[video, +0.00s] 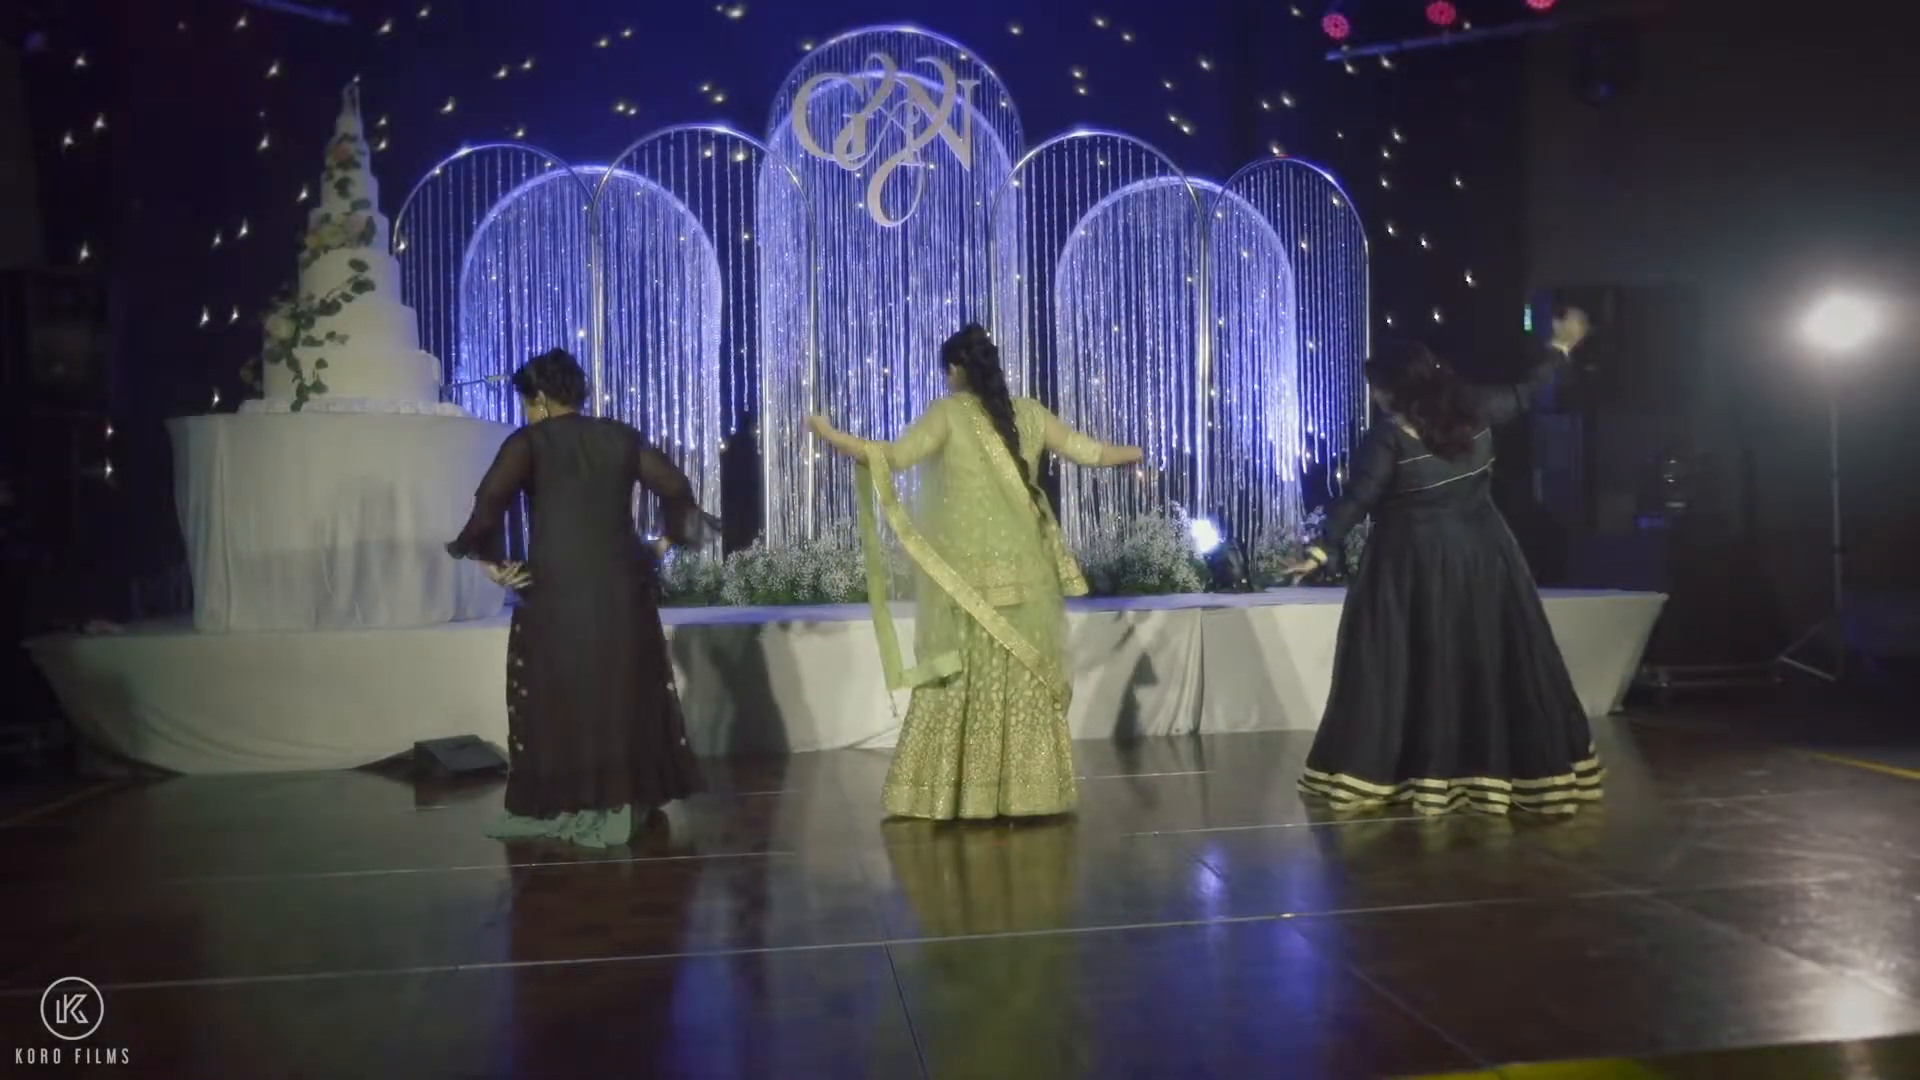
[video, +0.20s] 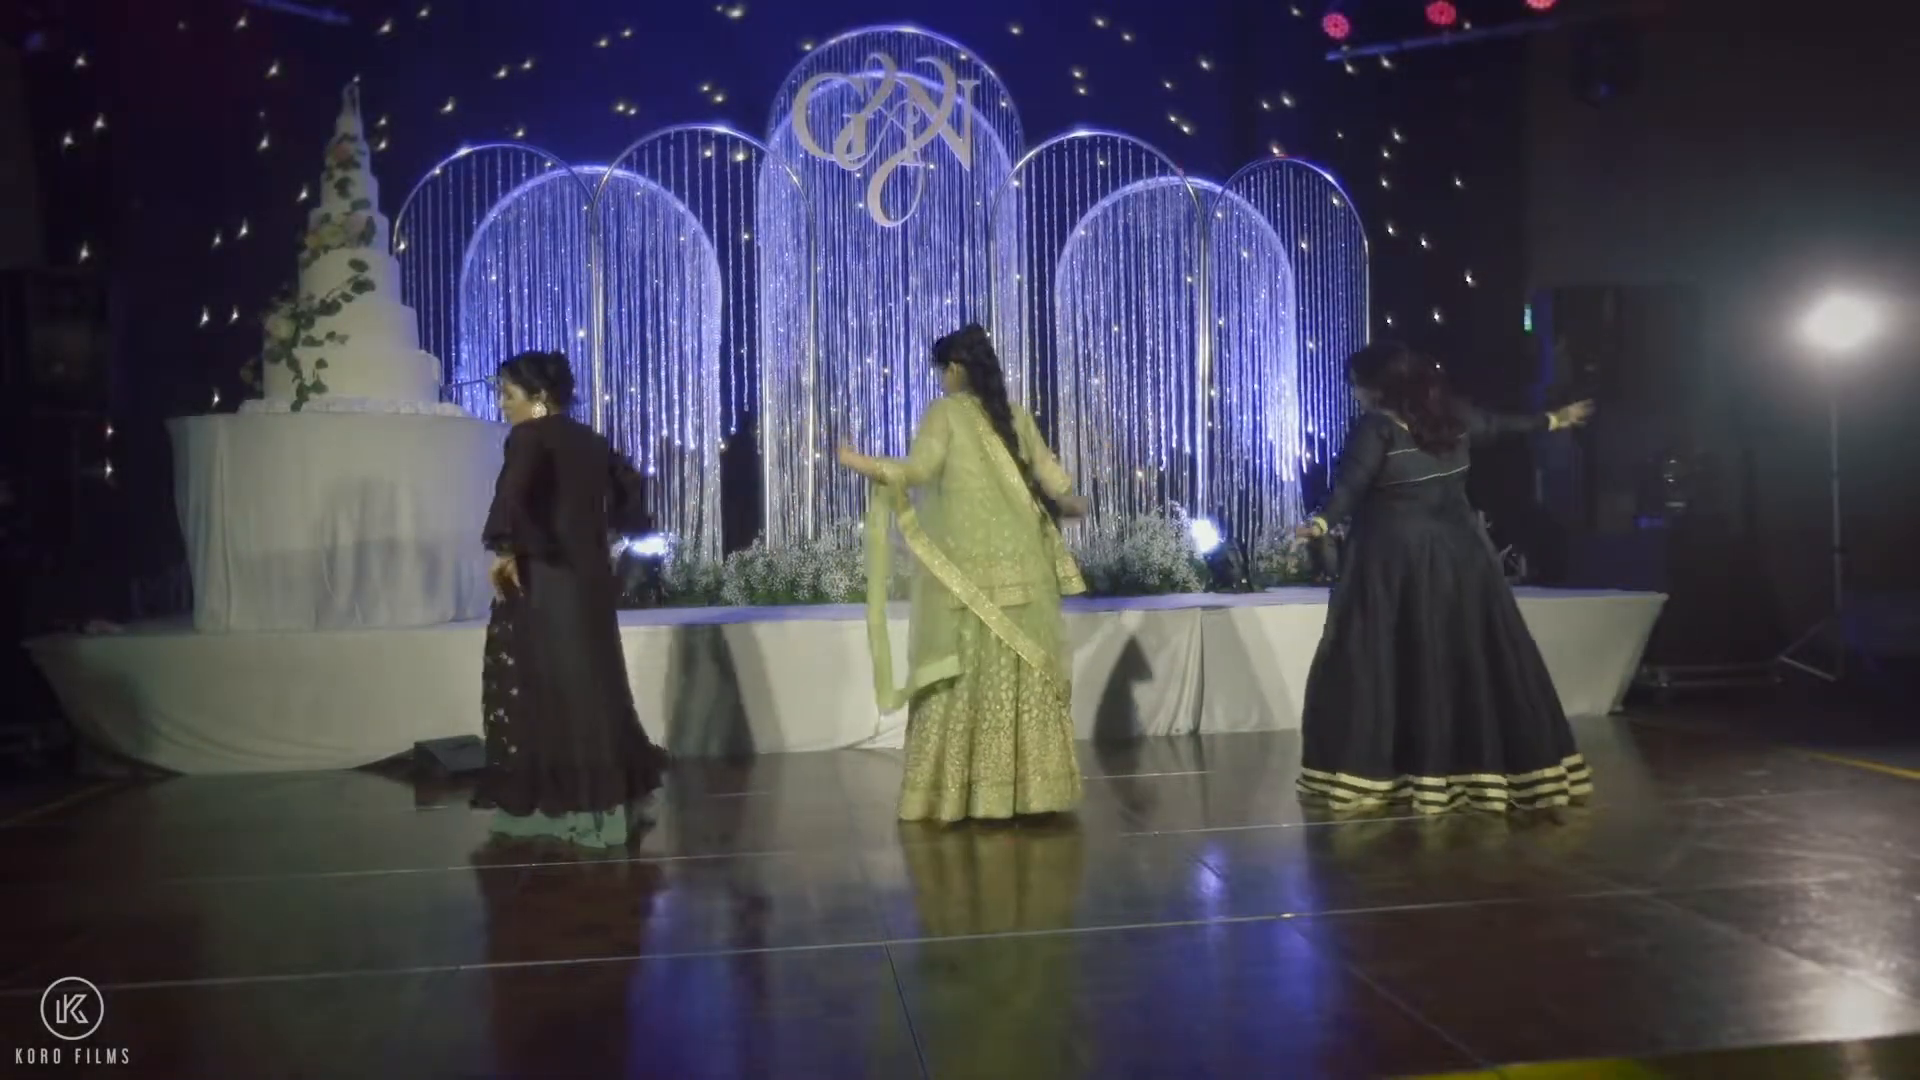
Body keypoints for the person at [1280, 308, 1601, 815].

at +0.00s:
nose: (1371, 396)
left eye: (1374, 388)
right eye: (1371, 387)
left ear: (1392, 388)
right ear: (1430, 377)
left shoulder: (1389, 436)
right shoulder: (1475, 410)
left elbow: (1360, 497)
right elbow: (1529, 391)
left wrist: (1321, 547)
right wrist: (1562, 346)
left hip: (1416, 556)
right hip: (1482, 551)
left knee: (1414, 662)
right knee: (1486, 660)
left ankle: (1419, 781)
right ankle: (1494, 778)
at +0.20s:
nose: (1356, 396)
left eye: (1359, 387)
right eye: (1354, 387)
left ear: (1377, 385)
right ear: (1411, 376)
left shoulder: (1377, 426)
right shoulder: (1451, 416)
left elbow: (1354, 479)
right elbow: (1498, 425)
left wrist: (1321, 519)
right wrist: (1552, 420)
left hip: (1397, 555)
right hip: (1458, 550)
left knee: (1393, 662)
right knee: (1467, 659)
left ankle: (1388, 780)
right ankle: (1476, 779)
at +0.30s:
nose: (1336, 397)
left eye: (1339, 388)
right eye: (1335, 388)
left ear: (1362, 386)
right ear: (1386, 383)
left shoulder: (1369, 424)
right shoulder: (1424, 420)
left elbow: (1352, 468)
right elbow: (1458, 428)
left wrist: (1331, 497)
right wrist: (1496, 422)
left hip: (1386, 549)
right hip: (1438, 545)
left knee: (1379, 660)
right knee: (1445, 658)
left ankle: (1376, 774)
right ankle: (1453, 772)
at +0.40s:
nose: (1316, 400)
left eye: (1320, 390)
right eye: (1315, 390)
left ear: (1344, 388)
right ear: (1359, 385)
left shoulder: (1355, 425)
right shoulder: (1395, 423)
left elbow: (1340, 481)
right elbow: (1406, 450)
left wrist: (1324, 497)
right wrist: (1435, 434)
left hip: (1368, 550)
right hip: (1411, 546)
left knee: (1361, 660)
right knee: (1418, 657)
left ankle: (1364, 771)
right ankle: (1428, 769)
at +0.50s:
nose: (1294, 398)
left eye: (1298, 387)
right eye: (1292, 388)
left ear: (1319, 386)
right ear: (1331, 385)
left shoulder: (1332, 428)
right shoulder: (1353, 426)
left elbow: (1327, 487)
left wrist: (1317, 499)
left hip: (1340, 566)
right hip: (1366, 560)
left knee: (1335, 669)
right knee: (1364, 667)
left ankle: (1346, 772)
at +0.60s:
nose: (1269, 393)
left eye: (1275, 383)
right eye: (1268, 384)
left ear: (1301, 383)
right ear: (1298, 387)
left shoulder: (1323, 424)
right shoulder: (1296, 429)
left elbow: (1338, 473)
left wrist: (1338, 500)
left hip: (1318, 562)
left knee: (1318, 666)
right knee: (1297, 666)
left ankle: (1333, 773)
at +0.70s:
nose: (1245, 388)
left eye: (1253, 379)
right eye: (1245, 380)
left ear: (1280, 381)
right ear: (1259, 386)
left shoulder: (1307, 426)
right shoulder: (1249, 437)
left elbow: (1327, 471)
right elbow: (1228, 498)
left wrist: (1333, 502)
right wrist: (1197, 539)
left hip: (1301, 559)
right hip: (1252, 560)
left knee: (1303, 663)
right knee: (1257, 662)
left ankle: (1321, 770)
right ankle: (1264, 767)